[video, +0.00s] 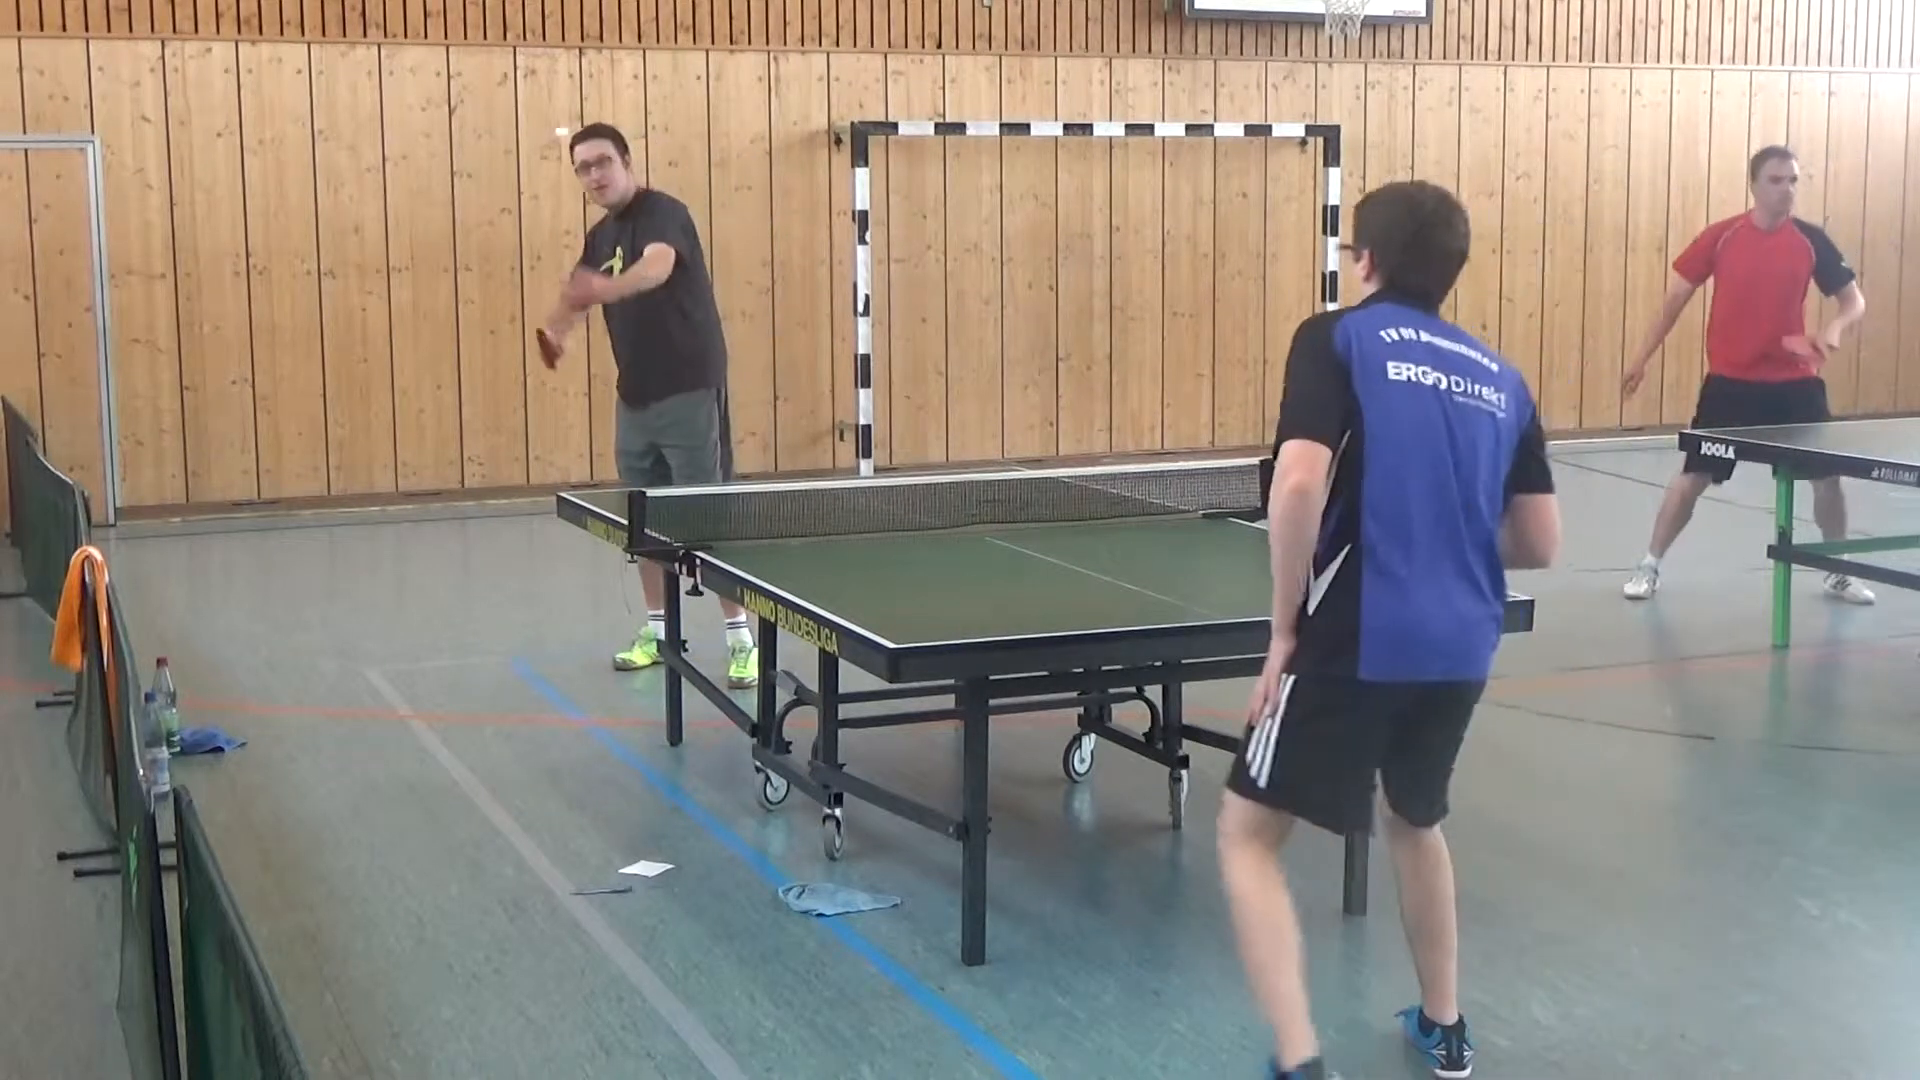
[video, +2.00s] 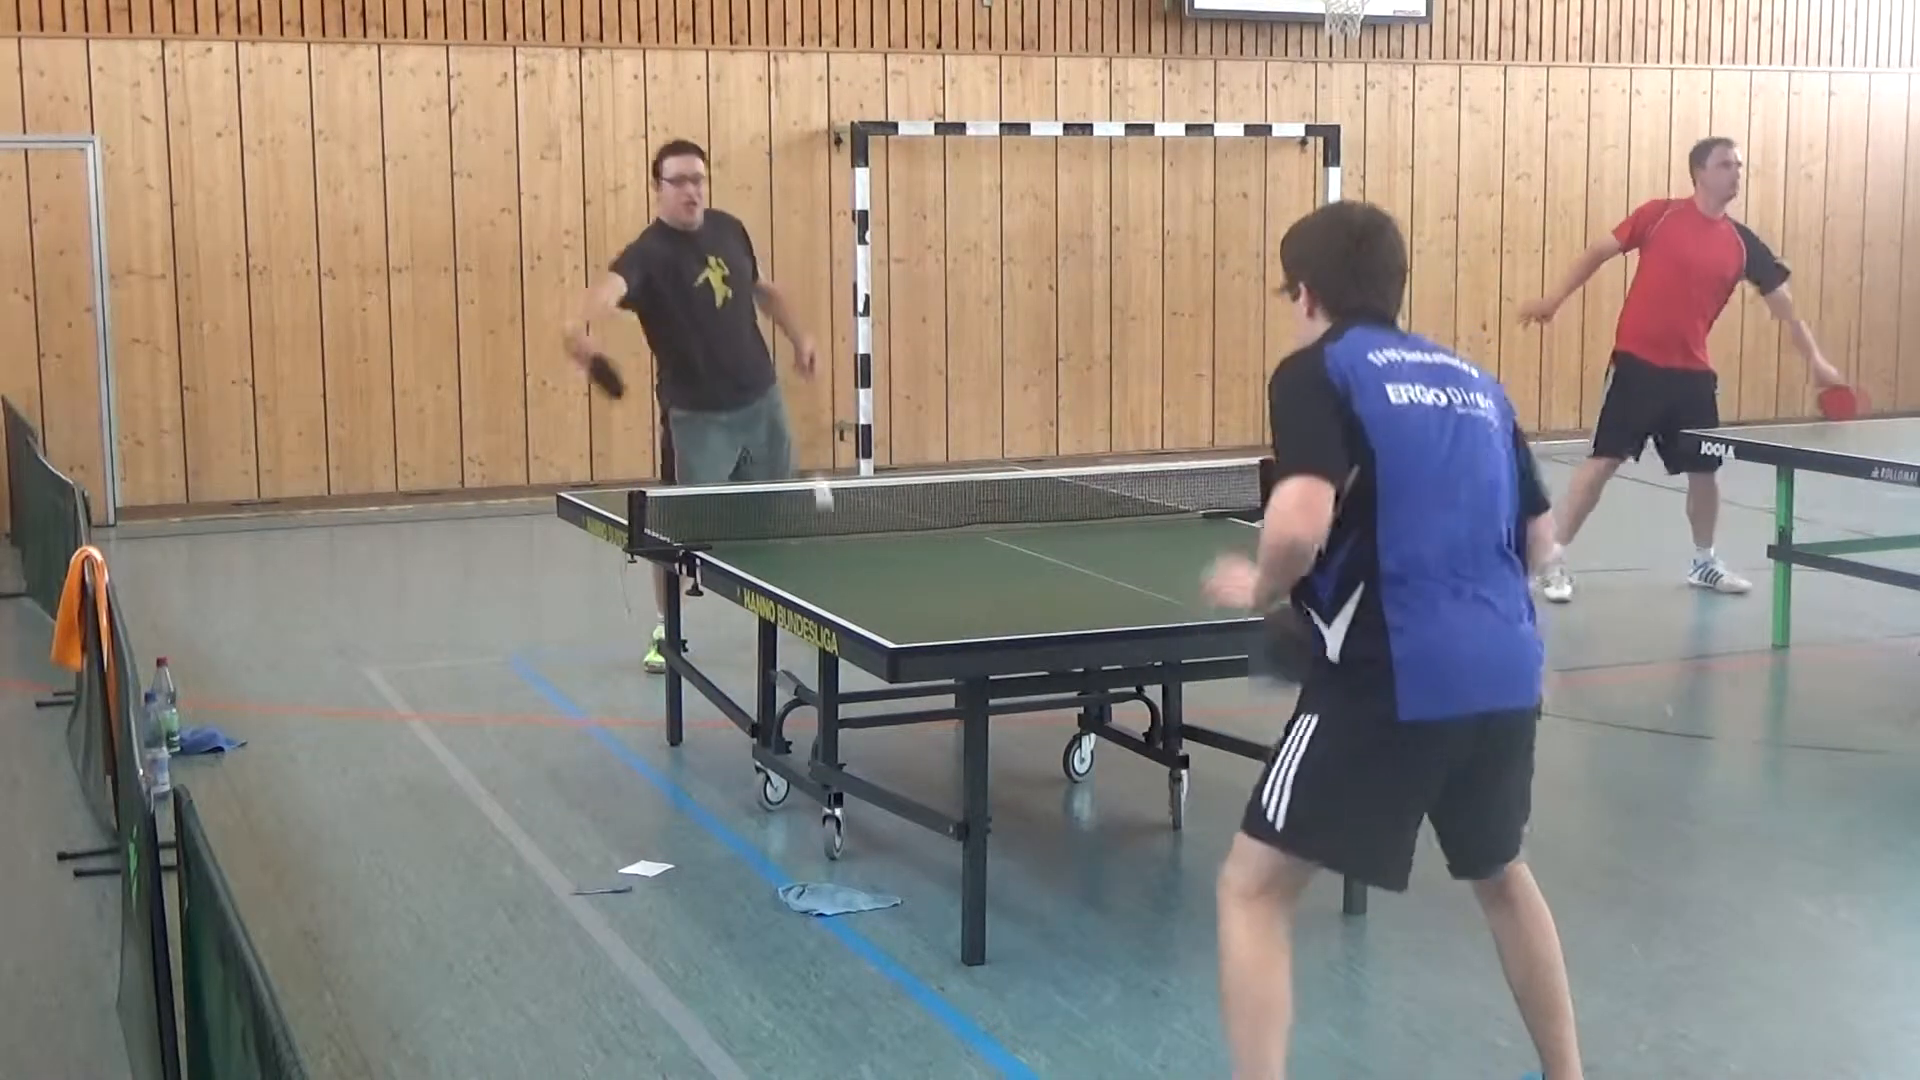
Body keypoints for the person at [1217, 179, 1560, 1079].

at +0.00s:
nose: (1346, 267)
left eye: (1352, 254)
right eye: (1352, 252)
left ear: (1371, 265)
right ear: (1449, 275)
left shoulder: (1334, 338)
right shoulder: (1503, 378)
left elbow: (1301, 482)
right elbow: (1538, 542)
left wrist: (1283, 626)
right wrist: (1446, 526)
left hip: (1353, 643)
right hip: (1461, 651)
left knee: (1248, 834)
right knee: (1417, 818)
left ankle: (1297, 1058)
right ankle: (1444, 1024)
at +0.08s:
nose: (1322, 275)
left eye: (1328, 261)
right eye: (1326, 260)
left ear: (1348, 272)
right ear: (1424, 281)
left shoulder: (1318, 344)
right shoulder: (1474, 381)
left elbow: (1290, 486)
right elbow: (1515, 546)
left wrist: (1266, 628)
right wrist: (1417, 541)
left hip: (1340, 650)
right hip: (1446, 657)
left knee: (1215, 831)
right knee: (1406, 818)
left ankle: (1207, 1065)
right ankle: (1444, 1027)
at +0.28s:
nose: (1247, 307)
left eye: (1251, 295)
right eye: (1251, 293)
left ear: (1269, 304)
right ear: (1350, 313)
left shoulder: (1238, 372)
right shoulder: (1403, 405)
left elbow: (1193, 512)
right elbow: (1446, 575)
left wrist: (1192, 651)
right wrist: (1365, 573)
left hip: (1271, 670)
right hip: (1382, 678)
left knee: (1138, 856)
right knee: (1374, 825)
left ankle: (1068, 1069)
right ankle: (1441, 1026)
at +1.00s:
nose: (1247, 366)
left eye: (1248, 352)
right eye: (1248, 352)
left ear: (1270, 351)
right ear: (1345, 342)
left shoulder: (1264, 411)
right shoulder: (1420, 413)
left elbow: (1185, 560)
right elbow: (1428, 543)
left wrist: (1235, 504)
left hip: (1306, 692)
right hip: (1420, 694)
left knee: (1166, 859)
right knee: (1417, 823)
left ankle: (1076, 1068)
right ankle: (1493, 1016)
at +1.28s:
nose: (1325, 362)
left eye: (1323, 344)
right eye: (1321, 344)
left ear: (1351, 340)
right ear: (1410, 330)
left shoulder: (1386, 392)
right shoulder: (1464, 392)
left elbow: (1316, 540)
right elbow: (1442, 522)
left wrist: (1367, 485)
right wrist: (1358, 480)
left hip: (1400, 680)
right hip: (1475, 679)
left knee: (1255, 863)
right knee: (1400, 839)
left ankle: (1201, 1069)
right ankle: (1489, 1021)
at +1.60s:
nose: (1318, 331)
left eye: (1320, 316)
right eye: (1318, 316)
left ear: (1342, 320)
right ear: (1418, 314)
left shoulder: (1356, 396)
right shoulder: (1485, 404)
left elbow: (1272, 563)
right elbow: (1544, 582)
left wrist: (1283, 559)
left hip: (1404, 696)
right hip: (1497, 691)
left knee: (1272, 898)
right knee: (1441, 848)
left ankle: (1315, 1068)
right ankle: (1504, 1018)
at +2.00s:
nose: (1292, 309)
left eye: (1292, 293)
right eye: (1291, 292)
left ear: (1312, 297)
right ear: (1392, 288)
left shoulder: (1315, 372)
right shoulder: (1478, 382)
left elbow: (1302, 521)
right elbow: (1539, 539)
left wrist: (1261, 582)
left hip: (1387, 682)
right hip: (1505, 682)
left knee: (1254, 889)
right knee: (1502, 873)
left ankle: (1258, 1071)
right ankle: (1567, 1070)